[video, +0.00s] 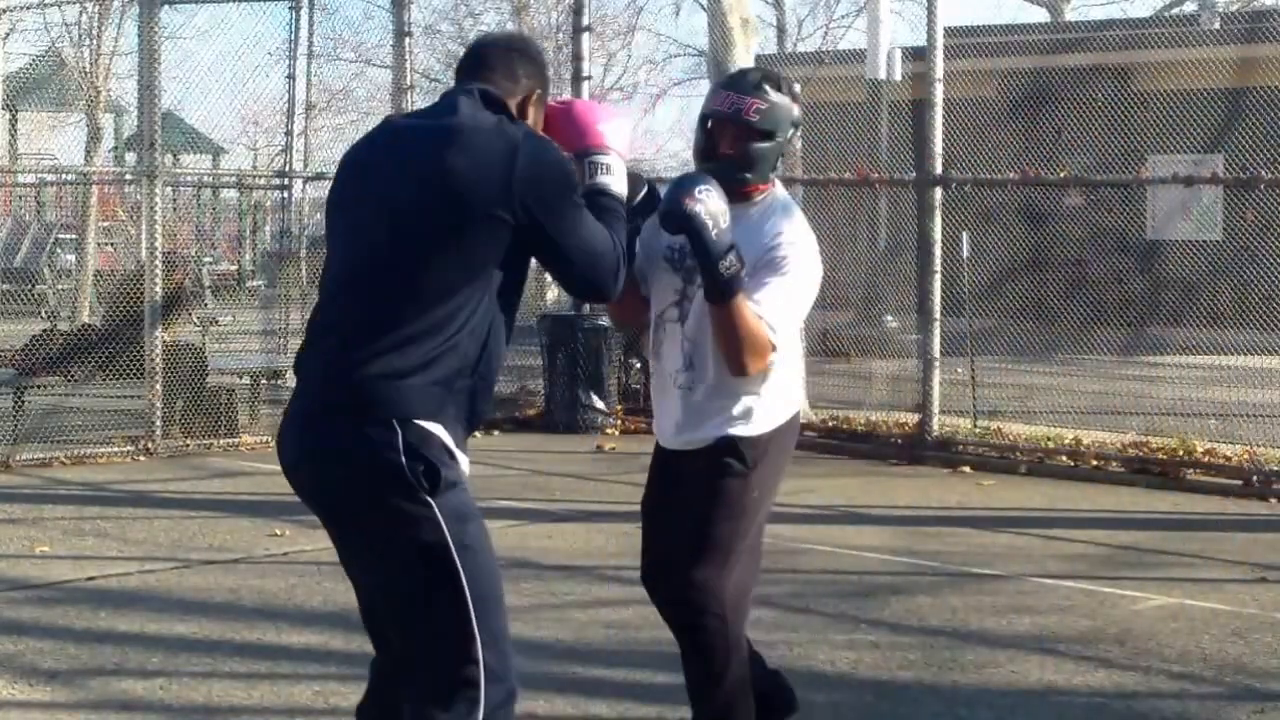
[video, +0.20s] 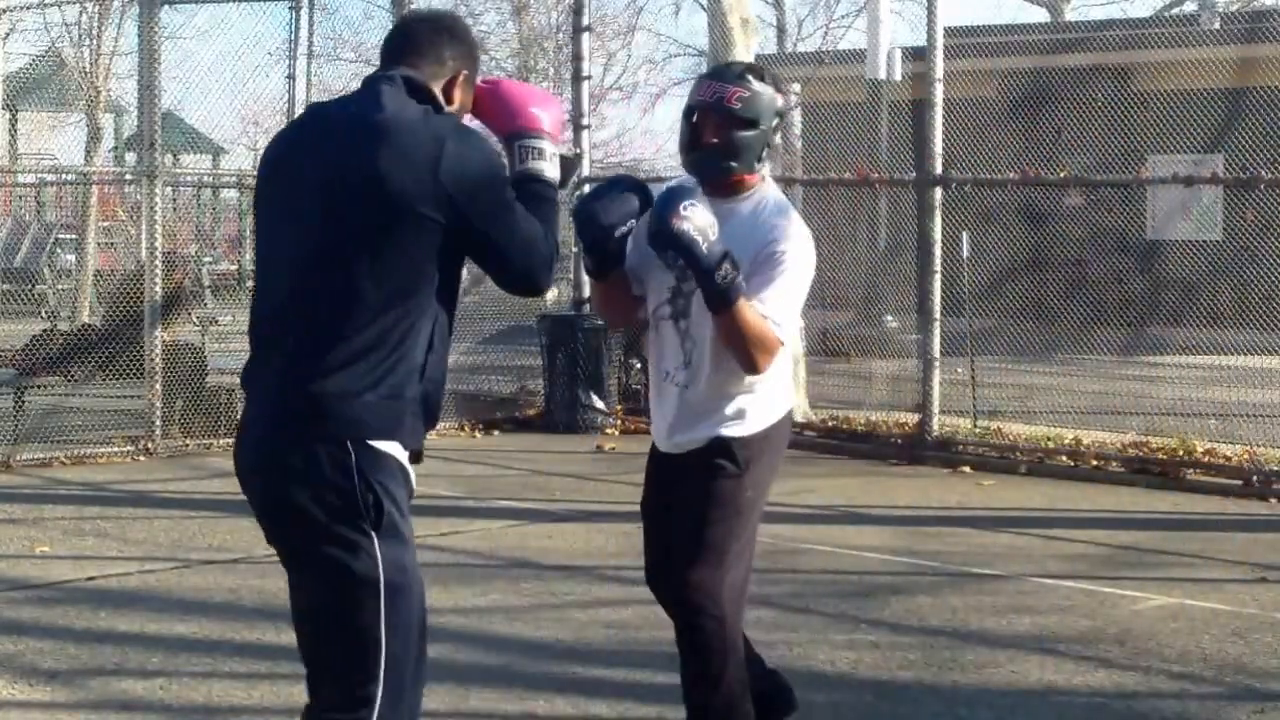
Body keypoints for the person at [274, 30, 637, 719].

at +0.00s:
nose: (540, 123)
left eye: (540, 114)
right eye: (542, 111)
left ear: (461, 84)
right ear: (529, 101)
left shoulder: (371, 147)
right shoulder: (521, 156)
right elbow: (600, 276)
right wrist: (600, 183)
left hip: (317, 428)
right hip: (398, 435)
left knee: (404, 660)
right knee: (478, 678)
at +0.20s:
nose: (472, 107)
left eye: (472, 95)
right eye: (472, 93)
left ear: (384, 68)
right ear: (455, 84)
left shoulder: (291, 140)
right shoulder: (445, 145)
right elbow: (531, 270)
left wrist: (464, 147)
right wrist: (538, 159)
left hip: (270, 439)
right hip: (353, 450)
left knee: (341, 679)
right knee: (381, 689)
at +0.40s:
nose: (450, 117)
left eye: (458, 100)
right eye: (456, 97)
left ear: (378, 52)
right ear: (433, 73)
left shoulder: (280, 116)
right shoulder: (387, 136)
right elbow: (500, 267)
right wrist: (521, 152)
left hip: (234, 440)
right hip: (299, 455)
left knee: (310, 686)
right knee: (335, 697)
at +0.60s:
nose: (448, 120)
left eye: (456, 106)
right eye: (454, 102)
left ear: (377, 60)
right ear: (429, 80)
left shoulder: (289, 118)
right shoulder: (383, 137)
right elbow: (484, 271)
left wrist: (427, 155)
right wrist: (513, 167)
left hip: (228, 428)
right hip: (276, 440)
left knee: (345, 622)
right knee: (305, 681)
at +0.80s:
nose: (436, 134)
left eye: (439, 121)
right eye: (438, 118)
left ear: (362, 78)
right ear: (416, 94)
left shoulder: (269, 134)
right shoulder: (392, 141)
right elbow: (480, 267)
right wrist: (514, 175)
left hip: (204, 415)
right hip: (257, 423)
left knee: (338, 622)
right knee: (264, 670)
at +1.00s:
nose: (382, 128)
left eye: (386, 112)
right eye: (384, 110)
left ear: (301, 73)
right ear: (359, 86)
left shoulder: (214, 130)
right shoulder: (333, 138)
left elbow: (306, 197)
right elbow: (417, 271)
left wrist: (413, 158)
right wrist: (470, 192)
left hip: (158, 421)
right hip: (216, 435)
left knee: (305, 628)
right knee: (209, 679)